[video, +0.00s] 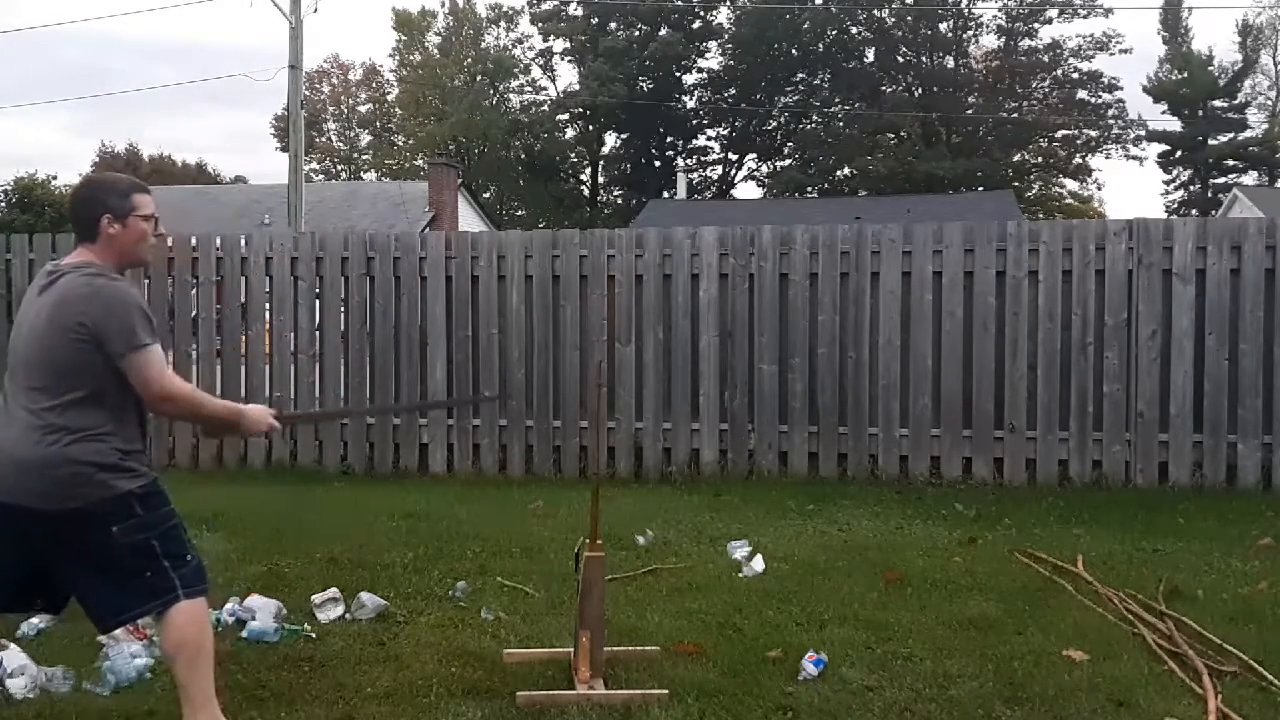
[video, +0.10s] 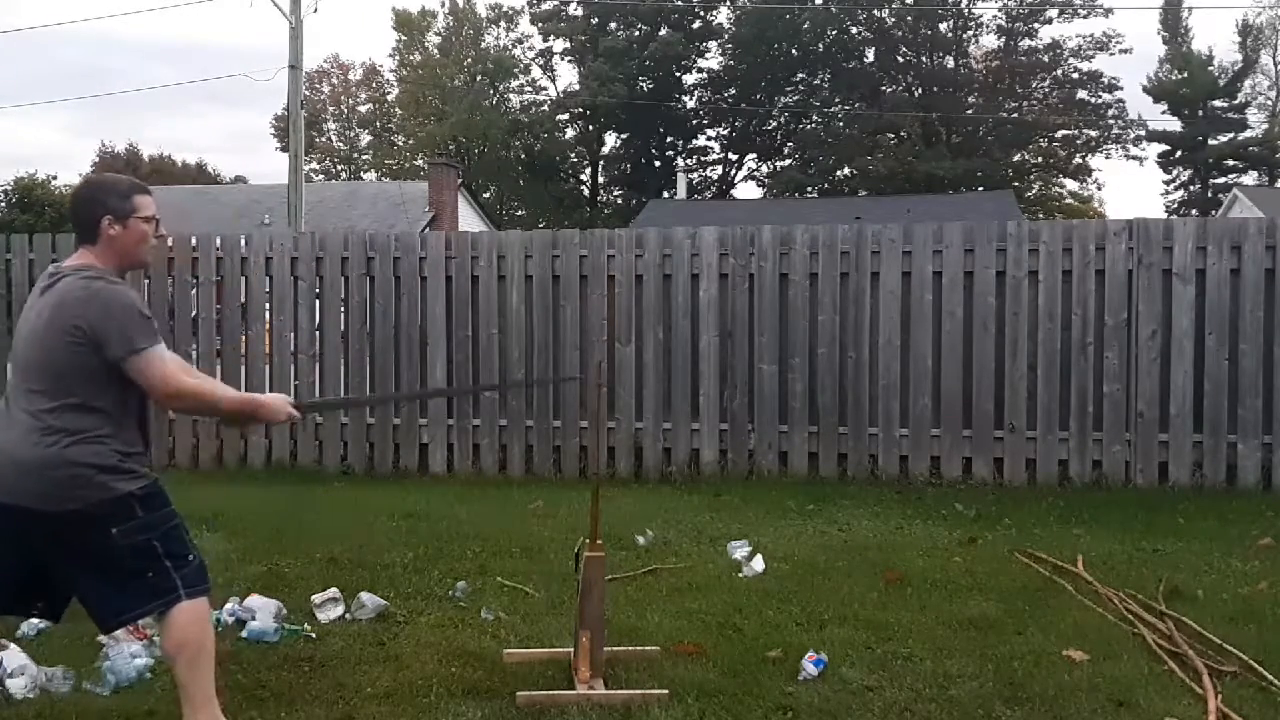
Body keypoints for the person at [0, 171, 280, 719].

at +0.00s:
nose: (156, 230)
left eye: (154, 219)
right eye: (148, 219)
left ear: (101, 227)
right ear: (110, 225)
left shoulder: (48, 282)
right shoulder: (109, 293)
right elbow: (161, 392)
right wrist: (240, 415)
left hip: (19, 478)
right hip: (95, 479)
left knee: (9, 602)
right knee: (182, 589)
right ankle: (204, 712)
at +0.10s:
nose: (158, 232)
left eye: (157, 221)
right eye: (149, 221)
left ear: (101, 228)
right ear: (110, 226)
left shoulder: (51, 285)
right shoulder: (107, 297)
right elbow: (171, 386)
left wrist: (213, 390)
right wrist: (255, 404)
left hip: (19, 479)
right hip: (95, 480)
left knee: (9, 604)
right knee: (184, 589)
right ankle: (204, 712)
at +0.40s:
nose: (164, 244)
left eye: (162, 233)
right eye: (155, 233)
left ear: (111, 238)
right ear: (116, 236)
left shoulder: (62, 293)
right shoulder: (107, 307)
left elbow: (179, 341)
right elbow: (192, 379)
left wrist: (266, 369)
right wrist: (287, 376)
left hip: (21, 489)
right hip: (97, 488)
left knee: (9, 610)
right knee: (186, 589)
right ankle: (203, 711)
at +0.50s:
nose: (161, 245)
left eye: (160, 234)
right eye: (152, 234)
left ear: (111, 240)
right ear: (113, 239)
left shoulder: (78, 287)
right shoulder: (103, 305)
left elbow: (190, 327)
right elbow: (194, 367)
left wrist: (273, 339)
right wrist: (285, 344)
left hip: (23, 490)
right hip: (95, 488)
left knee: (10, 610)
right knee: (185, 590)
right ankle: (204, 711)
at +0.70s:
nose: (153, 251)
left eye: (154, 241)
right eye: (147, 241)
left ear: (103, 242)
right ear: (107, 241)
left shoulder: (70, 285)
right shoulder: (85, 298)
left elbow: (189, 276)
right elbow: (193, 308)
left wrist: (255, 254)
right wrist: (251, 236)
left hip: (23, 483)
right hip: (86, 485)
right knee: (188, 586)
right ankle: (204, 713)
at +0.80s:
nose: (156, 255)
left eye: (157, 243)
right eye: (146, 243)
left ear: (100, 244)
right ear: (106, 243)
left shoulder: (65, 289)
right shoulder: (78, 297)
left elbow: (176, 289)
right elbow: (181, 281)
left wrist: (230, 221)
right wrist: (214, 195)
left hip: (25, 489)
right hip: (93, 489)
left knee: (9, 612)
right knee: (191, 587)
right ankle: (204, 713)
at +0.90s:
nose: (152, 253)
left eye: (152, 240)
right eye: (141, 241)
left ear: (107, 244)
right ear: (105, 243)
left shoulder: (94, 293)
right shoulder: (67, 297)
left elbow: (183, 260)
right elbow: (163, 266)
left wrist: (209, 195)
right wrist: (179, 171)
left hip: (36, 485)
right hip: (93, 485)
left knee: (13, 612)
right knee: (196, 585)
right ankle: (205, 713)